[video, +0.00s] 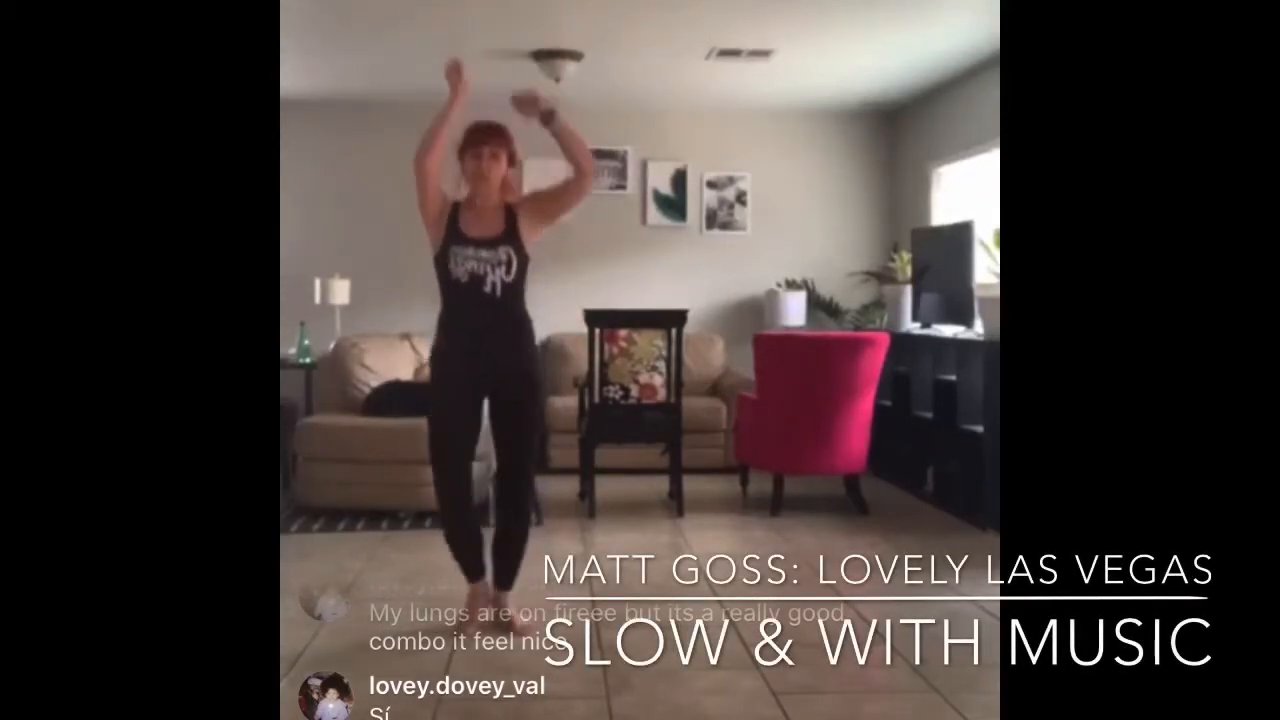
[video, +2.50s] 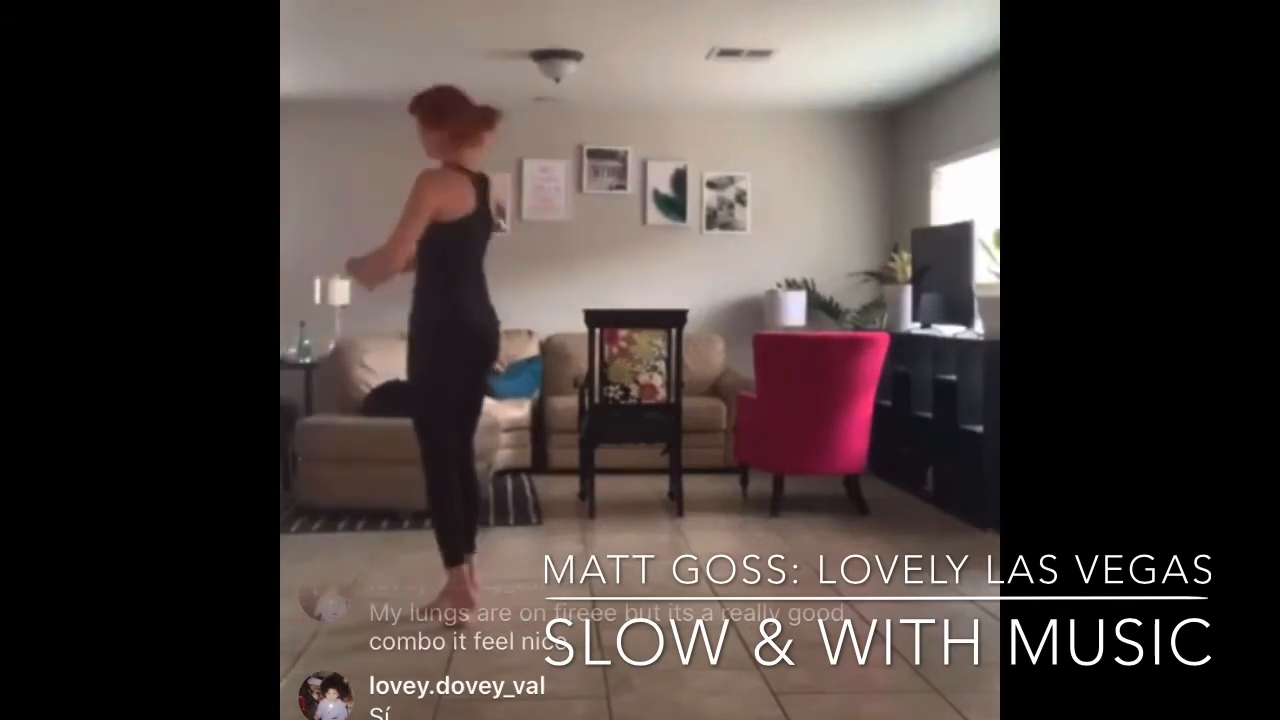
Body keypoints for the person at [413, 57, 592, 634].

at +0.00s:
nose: (491, 160)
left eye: (499, 153)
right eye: (482, 153)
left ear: (512, 166)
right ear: (463, 165)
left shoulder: (526, 217)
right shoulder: (444, 217)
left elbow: (584, 177)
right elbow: (425, 162)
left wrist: (550, 118)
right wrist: (456, 98)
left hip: (513, 362)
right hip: (455, 361)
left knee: (516, 479)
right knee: (450, 479)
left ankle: (503, 593)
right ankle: (477, 586)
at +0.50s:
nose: (419, 150)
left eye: (429, 144)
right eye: (411, 142)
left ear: (444, 156)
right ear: (394, 150)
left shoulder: (457, 222)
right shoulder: (365, 205)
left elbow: (481, 289)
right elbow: (290, 229)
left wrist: (503, 329)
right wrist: (345, 262)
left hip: (434, 365)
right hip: (369, 364)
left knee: (497, 474)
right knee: (351, 486)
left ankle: (495, 589)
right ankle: (327, 601)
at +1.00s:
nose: (375, 144)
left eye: (384, 138)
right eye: (366, 136)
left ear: (398, 151)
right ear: (346, 146)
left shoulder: (410, 209)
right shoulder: (321, 205)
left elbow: (424, 246)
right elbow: (280, 218)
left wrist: (351, 245)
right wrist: (314, 232)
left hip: (383, 359)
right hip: (320, 356)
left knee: (472, 455)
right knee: (323, 473)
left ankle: (492, 579)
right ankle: (321, 594)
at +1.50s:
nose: (380, 145)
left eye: (388, 140)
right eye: (370, 134)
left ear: (393, 153)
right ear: (343, 138)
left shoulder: (394, 204)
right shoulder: (305, 201)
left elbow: (446, 224)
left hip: (380, 350)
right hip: (319, 351)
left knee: (439, 463)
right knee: (325, 474)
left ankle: (482, 581)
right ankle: (323, 592)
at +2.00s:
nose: (441, 138)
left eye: (444, 131)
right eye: (433, 127)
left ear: (431, 137)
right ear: (403, 128)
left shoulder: (426, 192)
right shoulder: (384, 190)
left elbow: (449, 240)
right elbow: (441, 240)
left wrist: (480, 237)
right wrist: (482, 229)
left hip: (440, 338)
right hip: (404, 338)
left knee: (449, 461)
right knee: (412, 463)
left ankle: (427, 588)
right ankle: (366, 595)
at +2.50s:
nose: (421, 139)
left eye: (423, 130)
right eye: (420, 130)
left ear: (439, 130)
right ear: (466, 129)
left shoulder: (435, 183)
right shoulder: (481, 184)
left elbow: (396, 256)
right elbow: (441, 251)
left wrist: (360, 268)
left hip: (443, 333)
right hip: (478, 330)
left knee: (440, 454)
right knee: (456, 451)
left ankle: (459, 583)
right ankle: (464, 575)